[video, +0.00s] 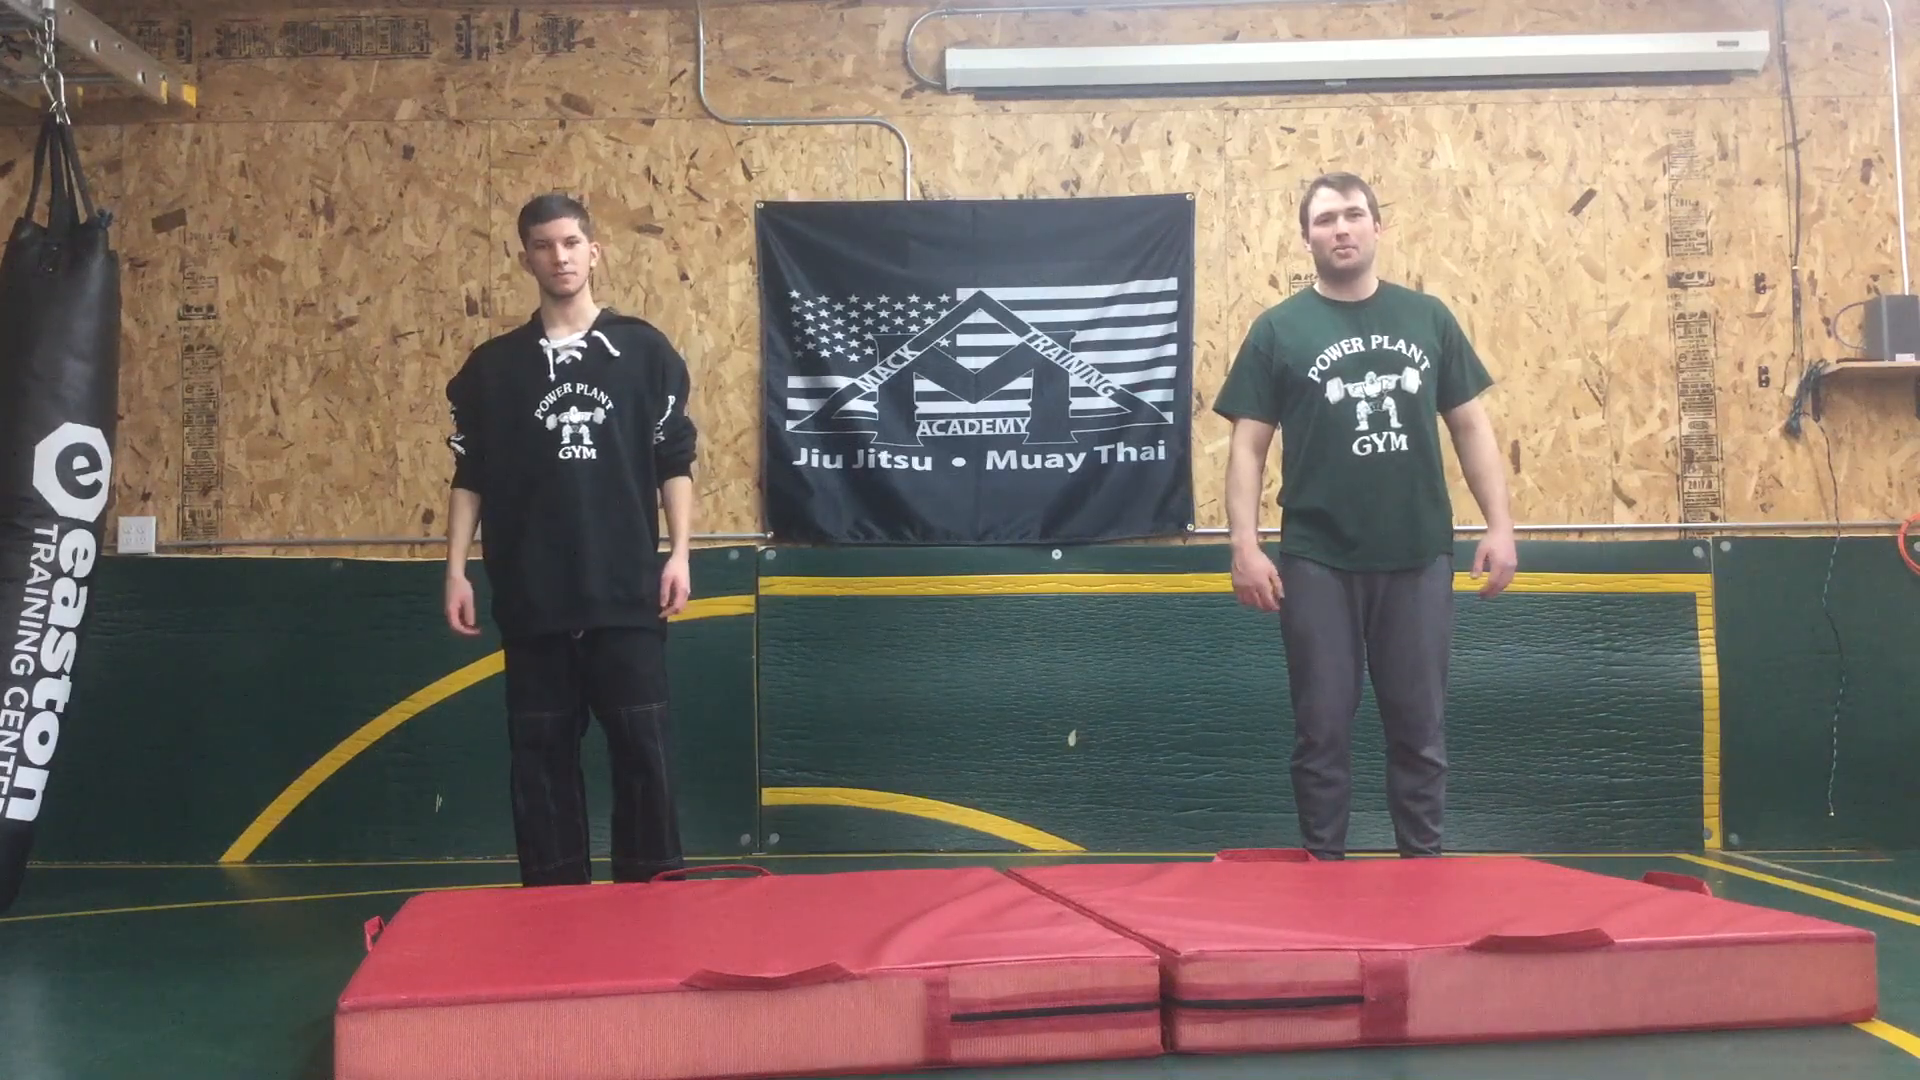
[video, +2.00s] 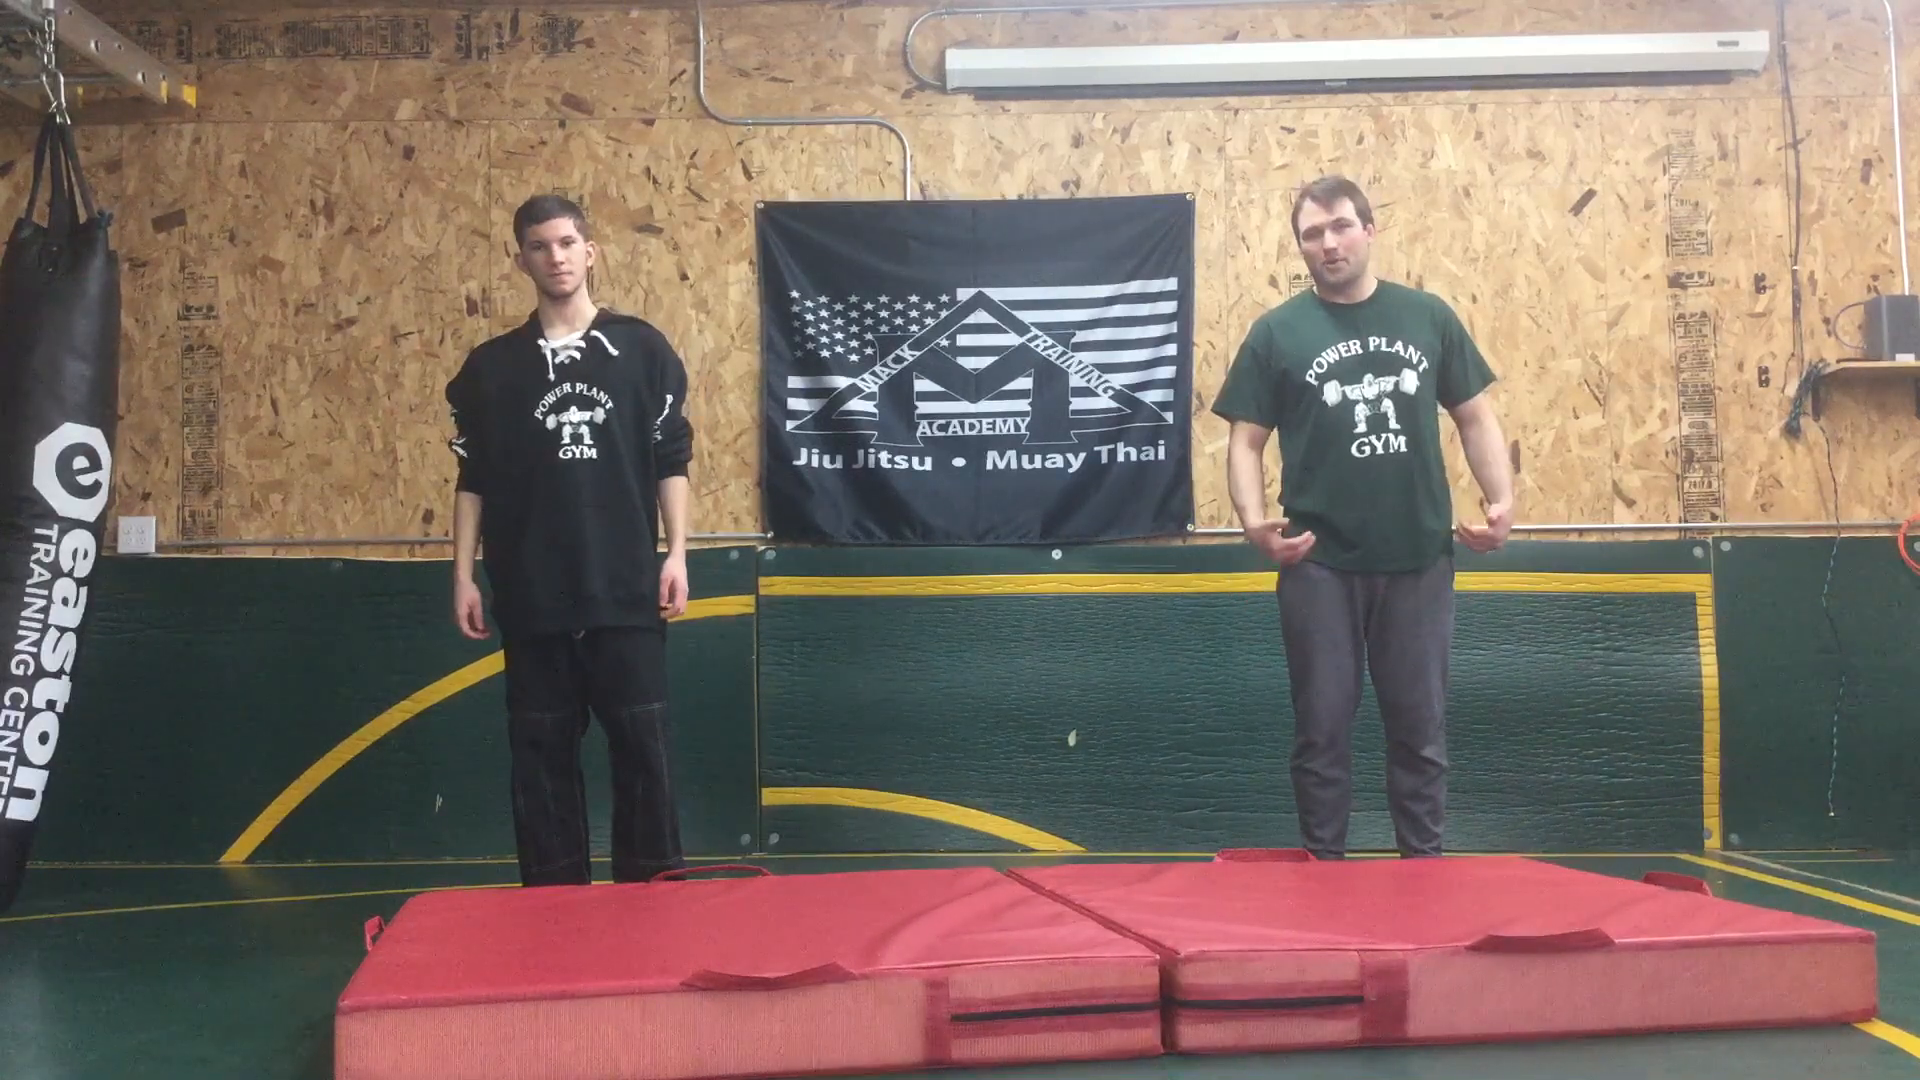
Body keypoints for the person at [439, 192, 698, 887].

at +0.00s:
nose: (559, 257)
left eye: (570, 242)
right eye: (544, 247)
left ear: (593, 250)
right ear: (527, 260)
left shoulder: (643, 349)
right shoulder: (490, 365)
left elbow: (674, 458)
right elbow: (469, 474)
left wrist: (680, 551)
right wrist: (457, 568)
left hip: (626, 584)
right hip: (530, 591)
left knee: (643, 753)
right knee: (542, 761)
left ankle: (652, 904)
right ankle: (553, 911)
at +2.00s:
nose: (556, 258)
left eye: (567, 243)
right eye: (540, 248)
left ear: (589, 250)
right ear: (523, 261)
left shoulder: (642, 347)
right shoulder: (488, 366)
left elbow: (671, 459)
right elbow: (472, 478)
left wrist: (677, 551)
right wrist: (463, 574)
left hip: (625, 584)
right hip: (529, 591)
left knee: (643, 754)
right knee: (542, 763)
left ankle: (652, 904)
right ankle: (554, 912)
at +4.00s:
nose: (565, 255)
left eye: (575, 241)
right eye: (549, 245)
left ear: (596, 250)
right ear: (530, 259)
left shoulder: (647, 348)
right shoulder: (494, 365)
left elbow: (675, 459)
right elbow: (477, 478)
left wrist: (685, 550)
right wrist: (475, 578)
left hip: (632, 583)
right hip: (535, 589)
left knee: (646, 752)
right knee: (546, 760)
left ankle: (655, 903)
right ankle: (556, 910)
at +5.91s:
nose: (558, 255)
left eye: (569, 241)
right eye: (542, 245)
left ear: (590, 250)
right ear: (524, 260)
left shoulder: (642, 350)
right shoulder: (486, 366)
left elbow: (668, 462)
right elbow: (469, 479)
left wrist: (678, 551)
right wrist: (466, 575)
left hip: (625, 585)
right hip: (529, 591)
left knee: (643, 755)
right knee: (542, 763)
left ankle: (653, 906)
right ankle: (553, 913)